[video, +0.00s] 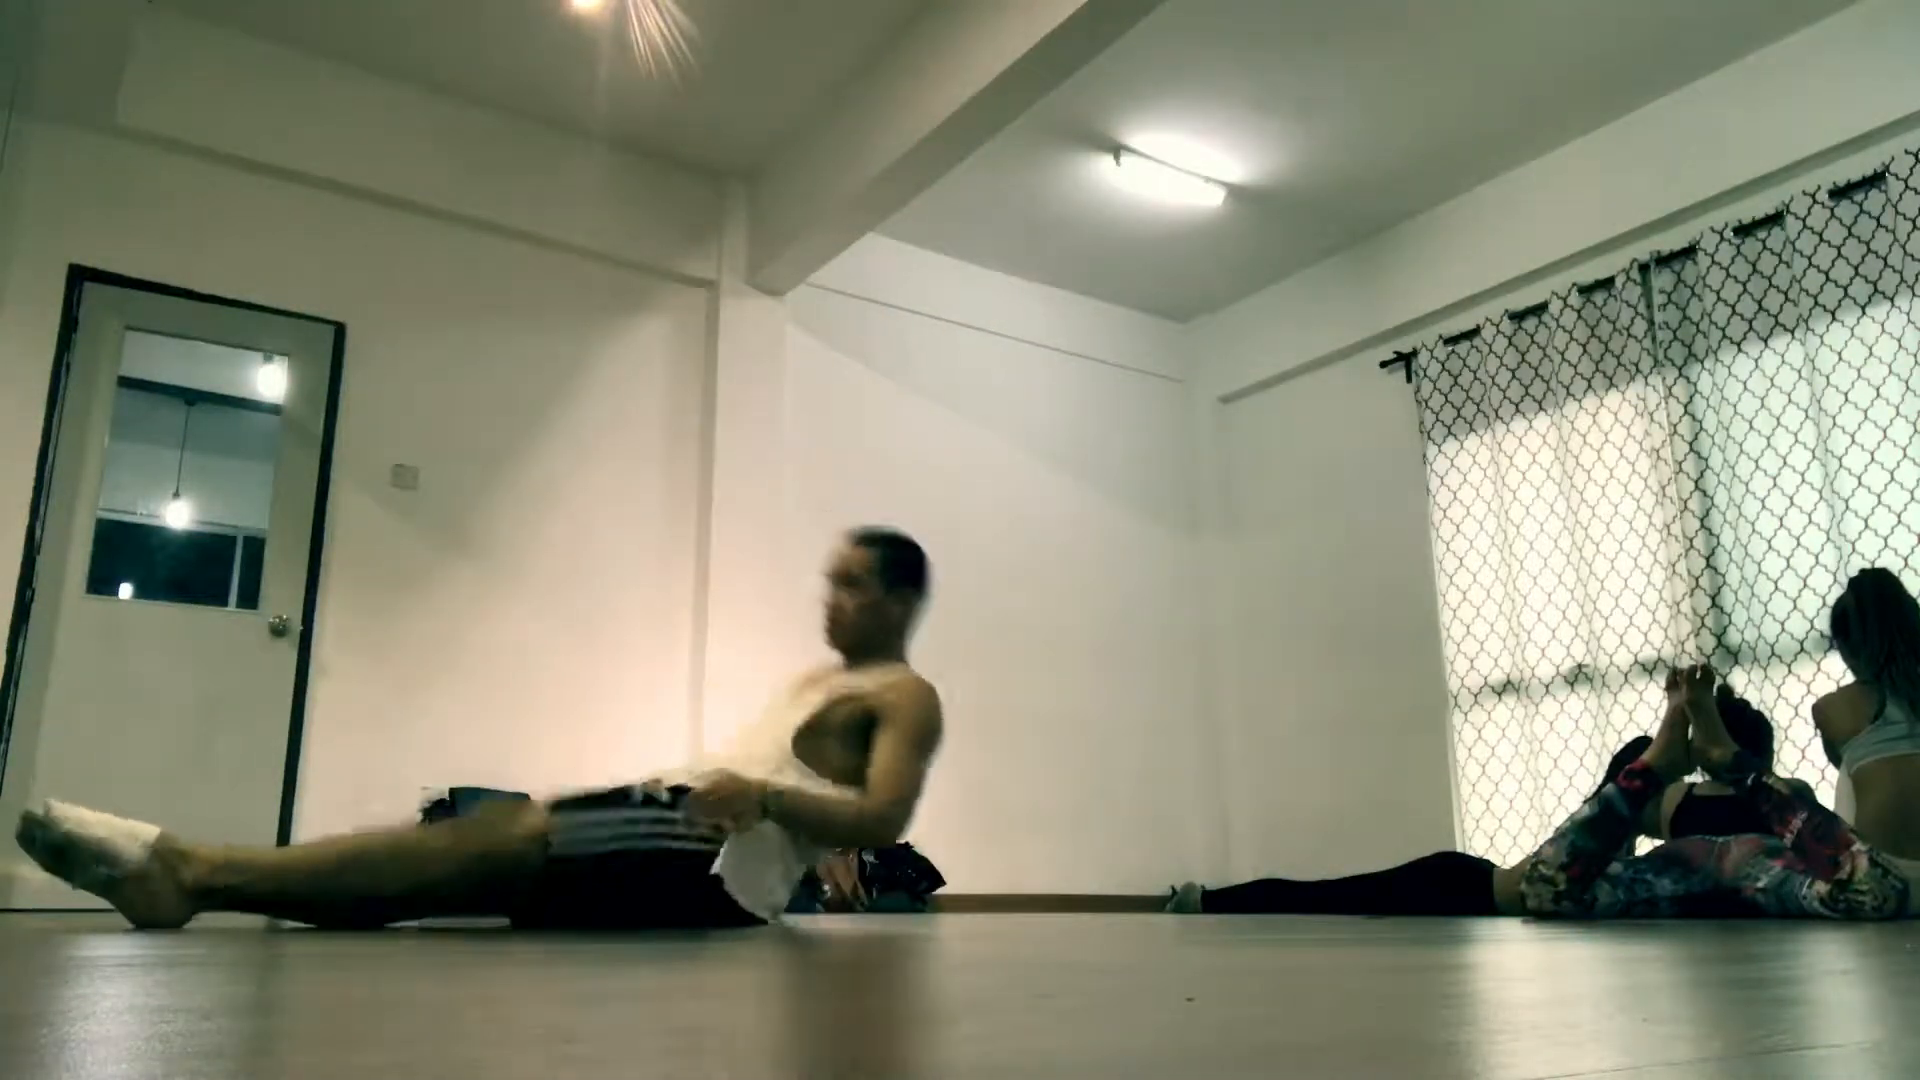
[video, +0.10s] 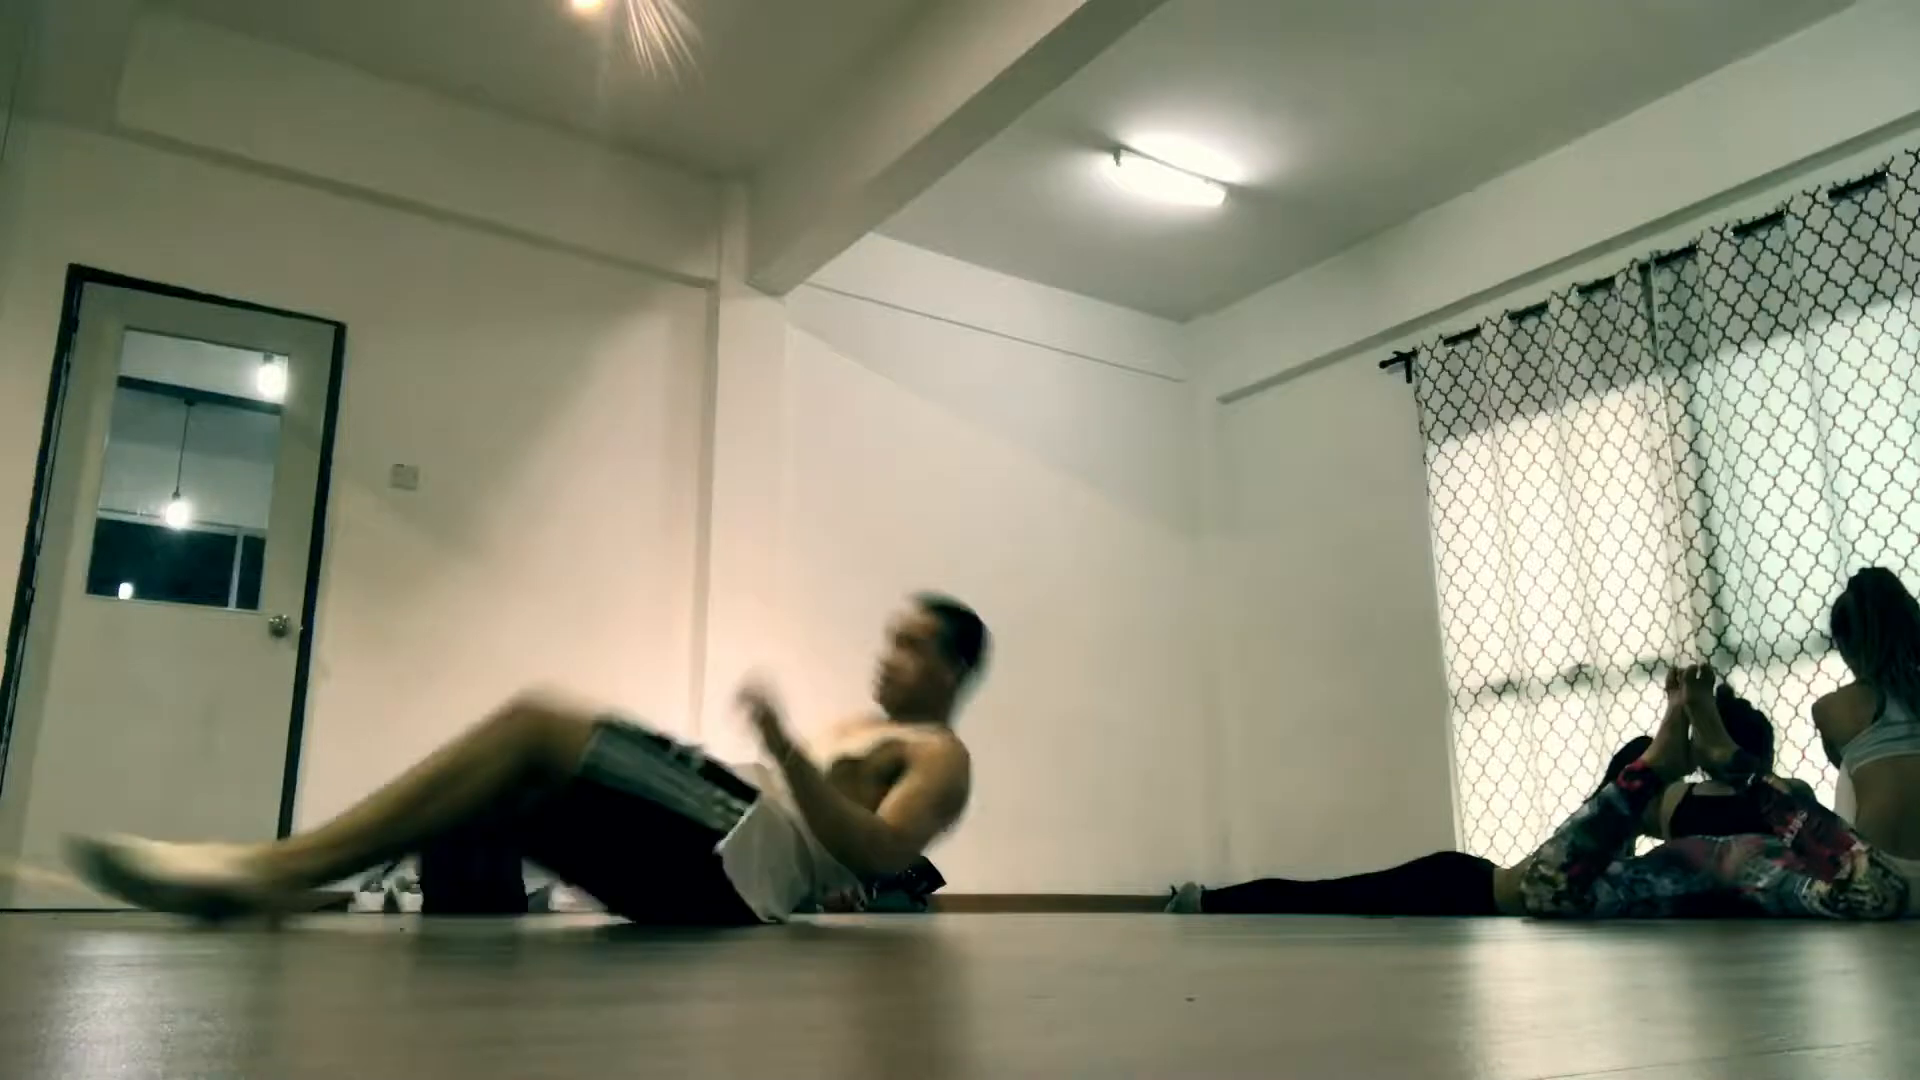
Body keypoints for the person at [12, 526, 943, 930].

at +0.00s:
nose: (830, 599)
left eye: (850, 588)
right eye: (832, 584)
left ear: (896, 607)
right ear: (843, 594)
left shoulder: (905, 696)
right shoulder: (820, 689)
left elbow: (880, 816)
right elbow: (777, 783)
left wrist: (763, 792)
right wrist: (692, 796)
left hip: (731, 850)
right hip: (693, 822)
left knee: (495, 840)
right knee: (454, 836)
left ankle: (189, 873)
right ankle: (178, 884)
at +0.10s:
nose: (891, 651)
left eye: (914, 645)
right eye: (895, 639)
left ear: (955, 672)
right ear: (899, 657)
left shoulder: (940, 758)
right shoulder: (857, 736)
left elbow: (873, 851)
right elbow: (811, 829)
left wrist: (783, 748)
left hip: (741, 870)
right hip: (714, 857)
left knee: (532, 725)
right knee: (514, 750)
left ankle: (271, 873)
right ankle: (271, 877)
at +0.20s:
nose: (958, 697)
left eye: (982, 697)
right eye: (967, 686)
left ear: (1006, 740)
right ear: (957, 707)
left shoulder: (961, 808)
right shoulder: (915, 787)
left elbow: (862, 832)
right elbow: (824, 842)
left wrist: (860, 686)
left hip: (730, 880)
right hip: (705, 866)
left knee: (661, 651)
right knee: (609, 658)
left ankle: (503, 825)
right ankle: (497, 828)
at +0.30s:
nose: (1034, 733)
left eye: (1054, 738)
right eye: (1050, 731)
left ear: (1055, 789)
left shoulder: (989, 840)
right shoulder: (967, 822)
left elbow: (901, 780)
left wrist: (984, 681)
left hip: (727, 863)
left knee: (858, 665)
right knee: (850, 663)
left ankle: (661, 721)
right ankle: (658, 706)